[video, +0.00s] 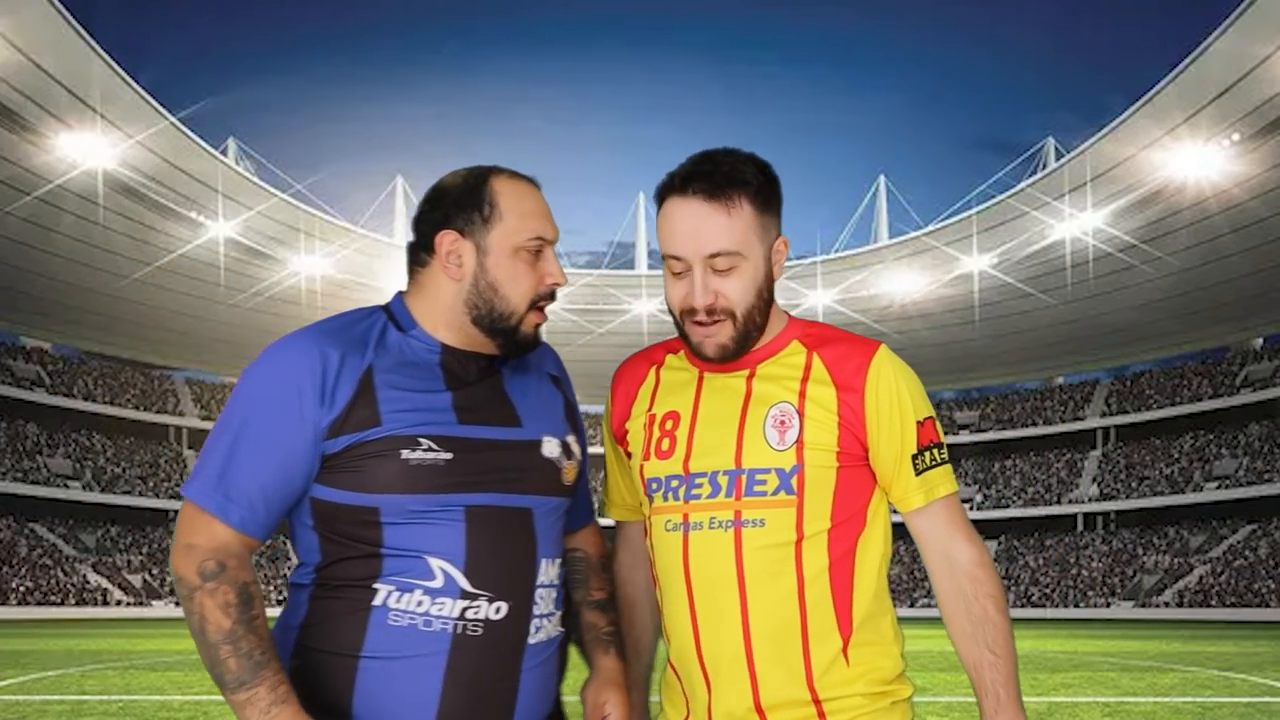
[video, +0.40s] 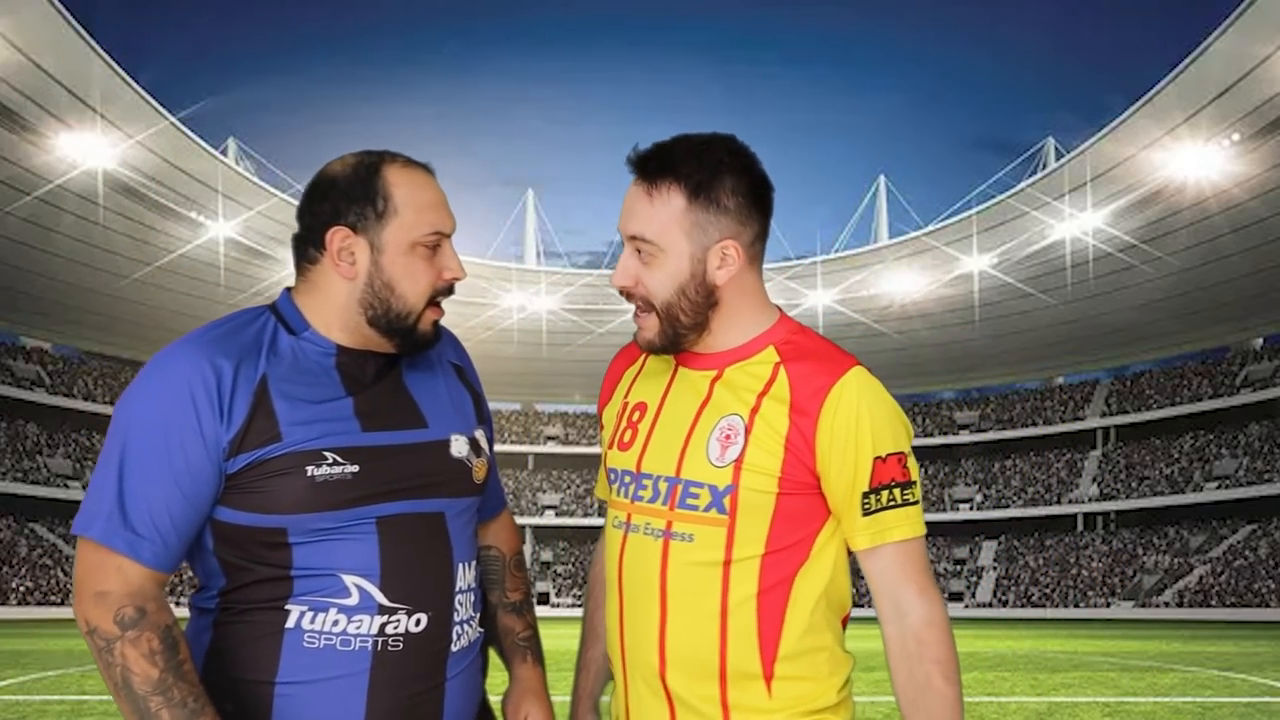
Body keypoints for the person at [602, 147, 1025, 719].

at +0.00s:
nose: (698, 297)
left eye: (723, 265)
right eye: (677, 268)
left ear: (777, 259)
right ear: (661, 263)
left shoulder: (864, 375)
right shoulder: (635, 387)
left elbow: (955, 559)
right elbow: (633, 562)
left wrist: (1003, 710)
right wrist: (627, 701)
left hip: (849, 704)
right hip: (695, 706)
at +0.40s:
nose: (618, 278)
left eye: (643, 252)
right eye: (623, 248)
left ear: (724, 260)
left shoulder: (839, 397)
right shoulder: (628, 373)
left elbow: (912, 621)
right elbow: (615, 549)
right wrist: (584, 698)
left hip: (781, 705)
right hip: (637, 707)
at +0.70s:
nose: (607, 251)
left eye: (632, 225)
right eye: (616, 222)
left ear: (709, 241)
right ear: (707, 243)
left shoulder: (807, 392)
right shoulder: (626, 367)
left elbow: (861, 628)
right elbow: (607, 573)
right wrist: (568, 700)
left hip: (733, 705)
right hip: (600, 705)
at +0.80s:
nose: (590, 244)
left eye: (617, 220)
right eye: (601, 219)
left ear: (694, 239)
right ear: (693, 241)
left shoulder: (788, 388)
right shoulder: (607, 370)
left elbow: (848, 619)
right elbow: (596, 572)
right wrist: (559, 697)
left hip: (719, 704)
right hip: (587, 703)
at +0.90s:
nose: (564, 242)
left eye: (594, 218)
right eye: (577, 218)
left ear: (668, 241)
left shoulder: (762, 385)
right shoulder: (577, 374)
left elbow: (835, 605)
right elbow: (575, 575)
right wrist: (527, 697)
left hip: (714, 703)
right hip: (580, 703)